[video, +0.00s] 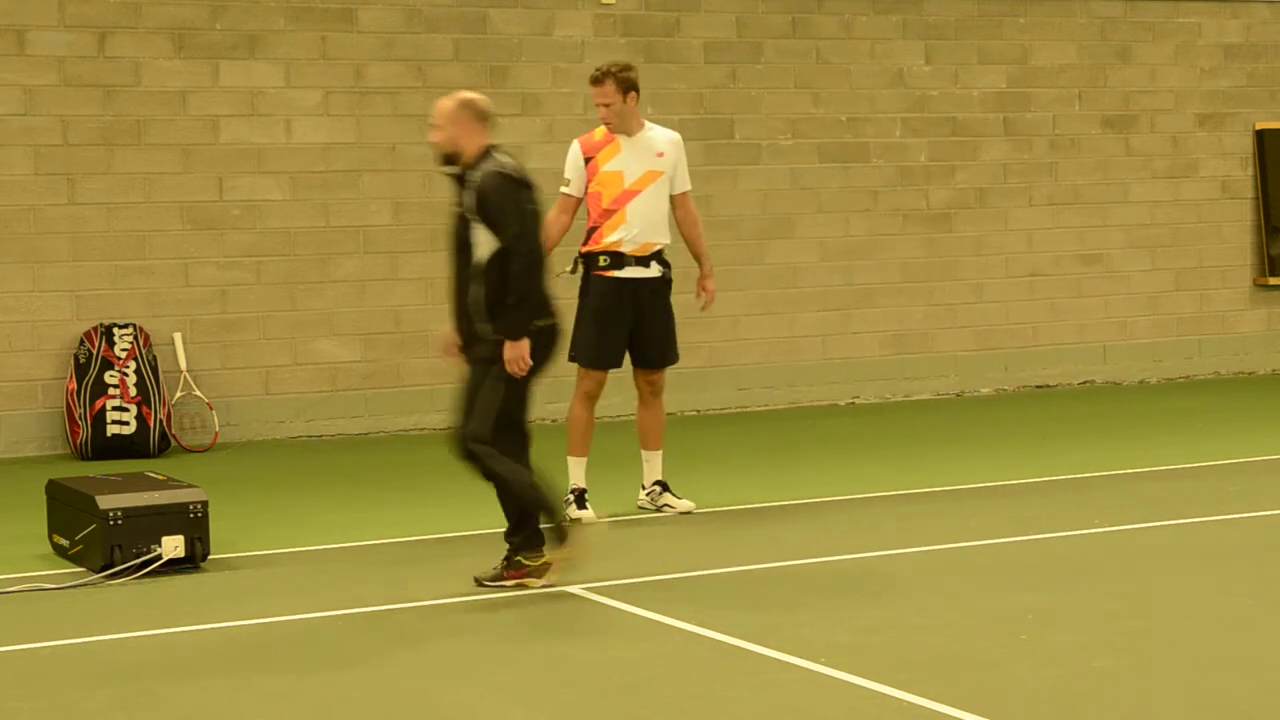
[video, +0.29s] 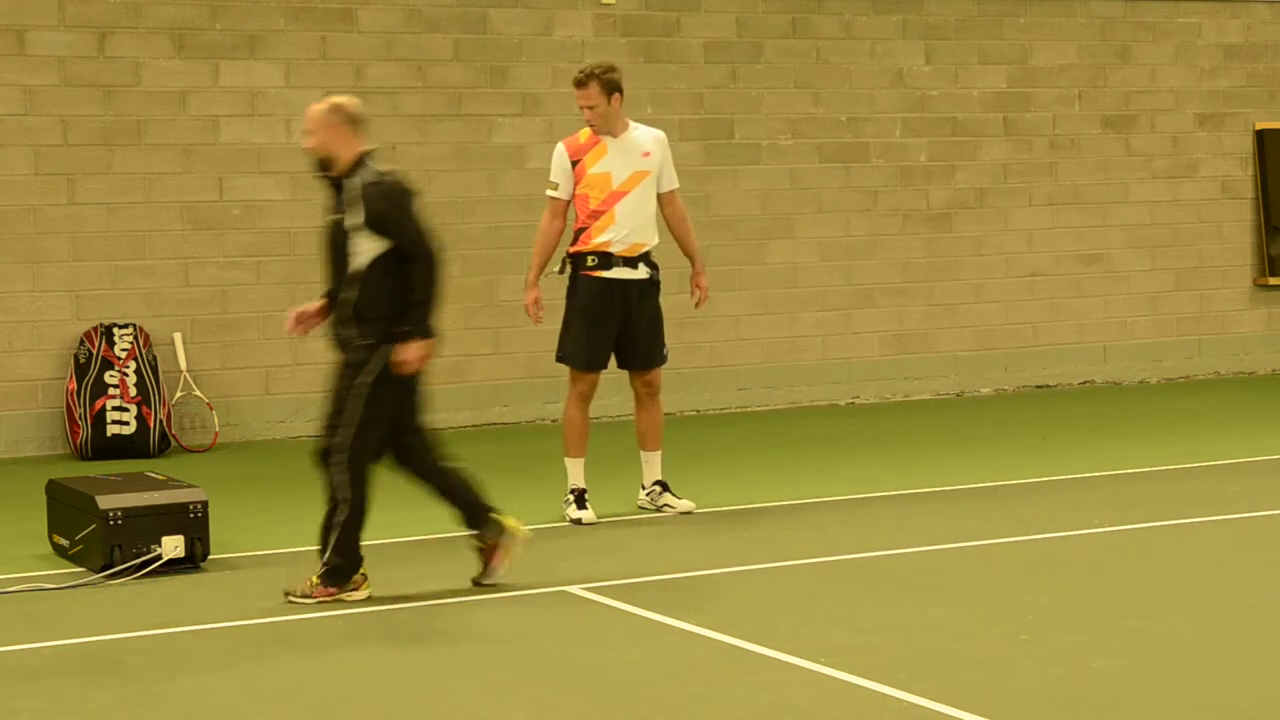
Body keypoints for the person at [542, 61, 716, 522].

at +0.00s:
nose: (601, 113)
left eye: (608, 105)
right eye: (597, 105)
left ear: (633, 100)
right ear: (594, 103)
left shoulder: (668, 143)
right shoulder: (585, 149)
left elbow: (684, 208)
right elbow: (562, 213)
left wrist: (705, 266)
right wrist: (528, 259)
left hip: (651, 280)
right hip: (602, 281)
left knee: (652, 385)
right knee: (589, 386)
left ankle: (653, 486)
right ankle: (577, 491)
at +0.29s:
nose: (586, 115)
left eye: (592, 107)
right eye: (581, 107)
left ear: (617, 100)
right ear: (580, 105)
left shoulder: (653, 143)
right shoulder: (571, 150)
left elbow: (672, 206)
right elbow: (554, 218)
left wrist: (697, 264)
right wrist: (533, 279)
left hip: (640, 282)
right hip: (590, 283)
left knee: (648, 384)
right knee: (582, 387)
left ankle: (653, 486)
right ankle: (576, 492)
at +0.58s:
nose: (577, 116)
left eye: (583, 107)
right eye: (572, 109)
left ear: (607, 100)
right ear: (573, 106)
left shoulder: (644, 142)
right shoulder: (562, 151)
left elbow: (664, 205)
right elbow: (545, 218)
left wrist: (690, 260)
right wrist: (530, 279)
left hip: (633, 281)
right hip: (583, 282)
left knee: (645, 385)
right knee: (578, 388)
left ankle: (653, 487)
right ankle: (576, 493)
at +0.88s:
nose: (574, 117)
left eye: (580, 109)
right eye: (570, 110)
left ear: (605, 101)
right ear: (570, 107)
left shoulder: (642, 142)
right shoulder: (560, 152)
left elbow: (662, 205)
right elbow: (544, 219)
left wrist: (686, 261)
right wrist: (531, 280)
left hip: (631, 281)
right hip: (581, 283)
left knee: (643, 385)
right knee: (578, 388)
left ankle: (653, 486)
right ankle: (576, 494)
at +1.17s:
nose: (574, 117)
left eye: (580, 108)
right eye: (570, 110)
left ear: (605, 101)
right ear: (570, 107)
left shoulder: (642, 142)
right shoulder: (560, 152)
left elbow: (662, 204)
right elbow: (544, 218)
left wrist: (687, 261)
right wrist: (530, 280)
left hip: (629, 281)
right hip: (580, 282)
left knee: (643, 384)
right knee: (576, 387)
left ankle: (653, 486)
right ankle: (575, 493)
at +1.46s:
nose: (575, 118)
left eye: (580, 109)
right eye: (570, 110)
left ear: (606, 102)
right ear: (570, 108)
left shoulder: (642, 142)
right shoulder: (560, 152)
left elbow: (660, 204)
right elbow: (543, 219)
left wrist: (683, 262)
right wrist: (529, 281)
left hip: (629, 281)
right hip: (579, 283)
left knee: (644, 384)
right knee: (575, 387)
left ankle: (653, 486)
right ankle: (576, 493)